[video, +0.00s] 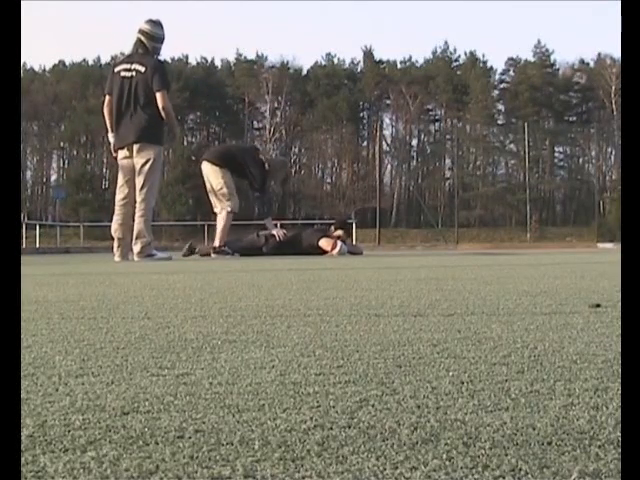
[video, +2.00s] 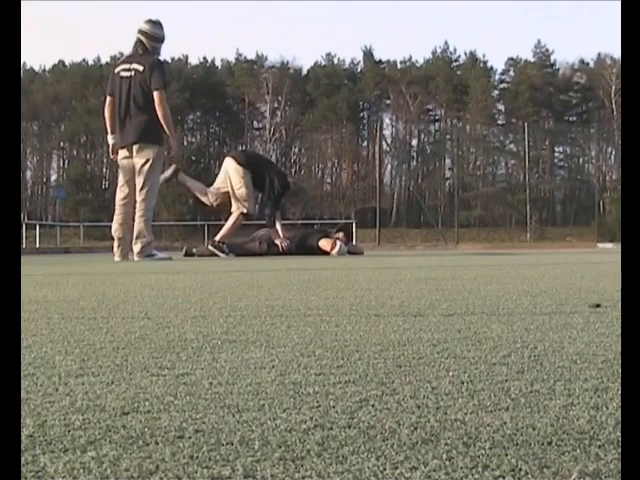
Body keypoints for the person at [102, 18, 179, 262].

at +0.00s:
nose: (160, 47)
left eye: (160, 43)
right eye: (160, 43)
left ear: (138, 38)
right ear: (156, 42)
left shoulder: (118, 65)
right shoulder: (155, 65)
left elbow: (107, 104)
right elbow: (162, 102)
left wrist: (112, 134)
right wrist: (174, 126)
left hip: (121, 136)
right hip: (147, 136)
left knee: (123, 195)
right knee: (145, 195)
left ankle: (119, 249)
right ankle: (142, 248)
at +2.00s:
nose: (160, 47)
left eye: (160, 43)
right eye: (160, 43)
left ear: (139, 38)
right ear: (156, 42)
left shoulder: (120, 65)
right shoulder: (154, 64)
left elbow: (109, 104)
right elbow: (159, 101)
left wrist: (112, 136)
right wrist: (172, 135)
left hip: (123, 138)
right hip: (148, 138)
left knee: (124, 196)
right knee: (145, 196)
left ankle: (119, 249)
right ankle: (143, 248)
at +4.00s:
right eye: (143, 40)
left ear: (125, 41)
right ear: (146, 43)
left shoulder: (109, 65)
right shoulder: (154, 67)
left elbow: (96, 101)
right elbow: (163, 106)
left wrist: (91, 133)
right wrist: (169, 138)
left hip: (114, 139)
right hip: (142, 139)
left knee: (117, 197)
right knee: (142, 196)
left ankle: (119, 251)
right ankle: (142, 248)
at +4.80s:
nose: (148, 50)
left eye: (147, 46)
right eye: (148, 46)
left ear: (127, 41)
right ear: (145, 44)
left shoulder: (106, 66)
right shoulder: (149, 67)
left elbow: (97, 105)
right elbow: (156, 103)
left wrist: (97, 137)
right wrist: (162, 136)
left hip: (113, 138)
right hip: (140, 138)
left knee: (117, 196)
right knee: (143, 195)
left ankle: (119, 250)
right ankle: (142, 248)